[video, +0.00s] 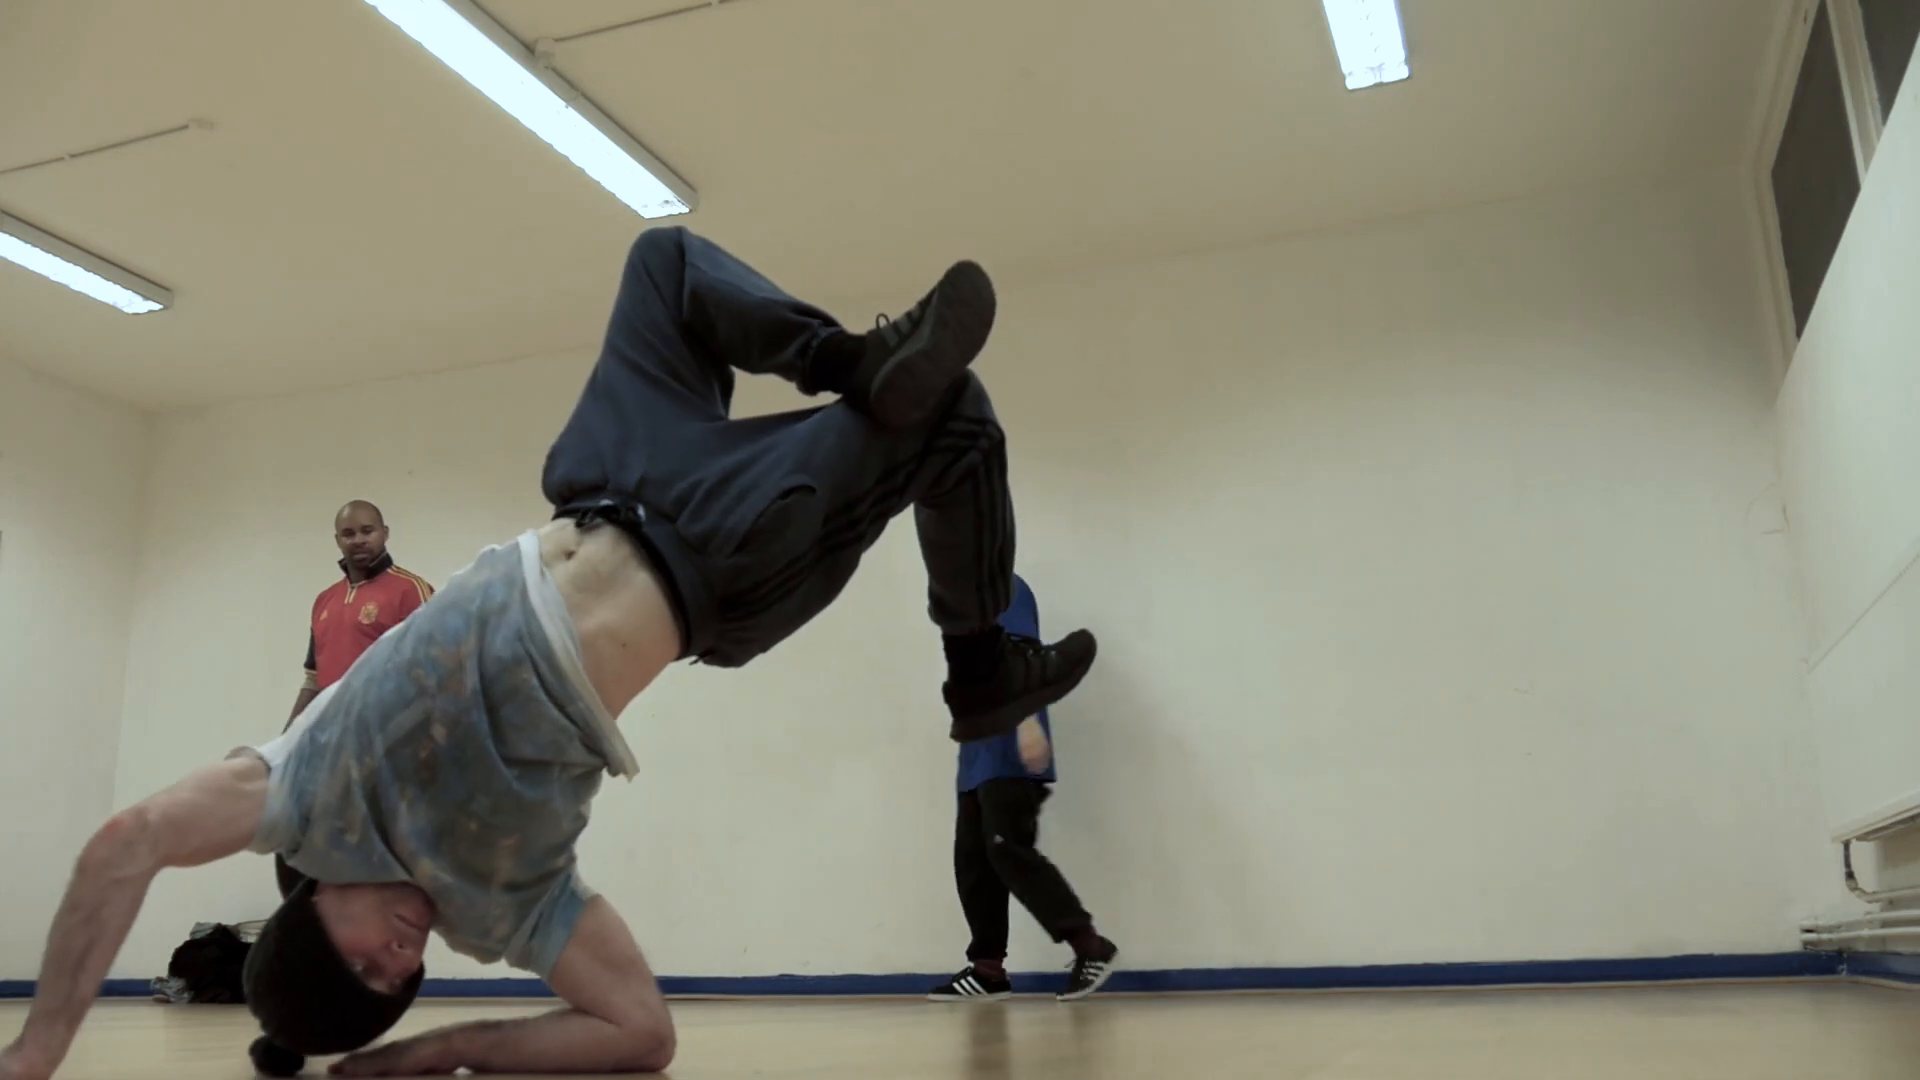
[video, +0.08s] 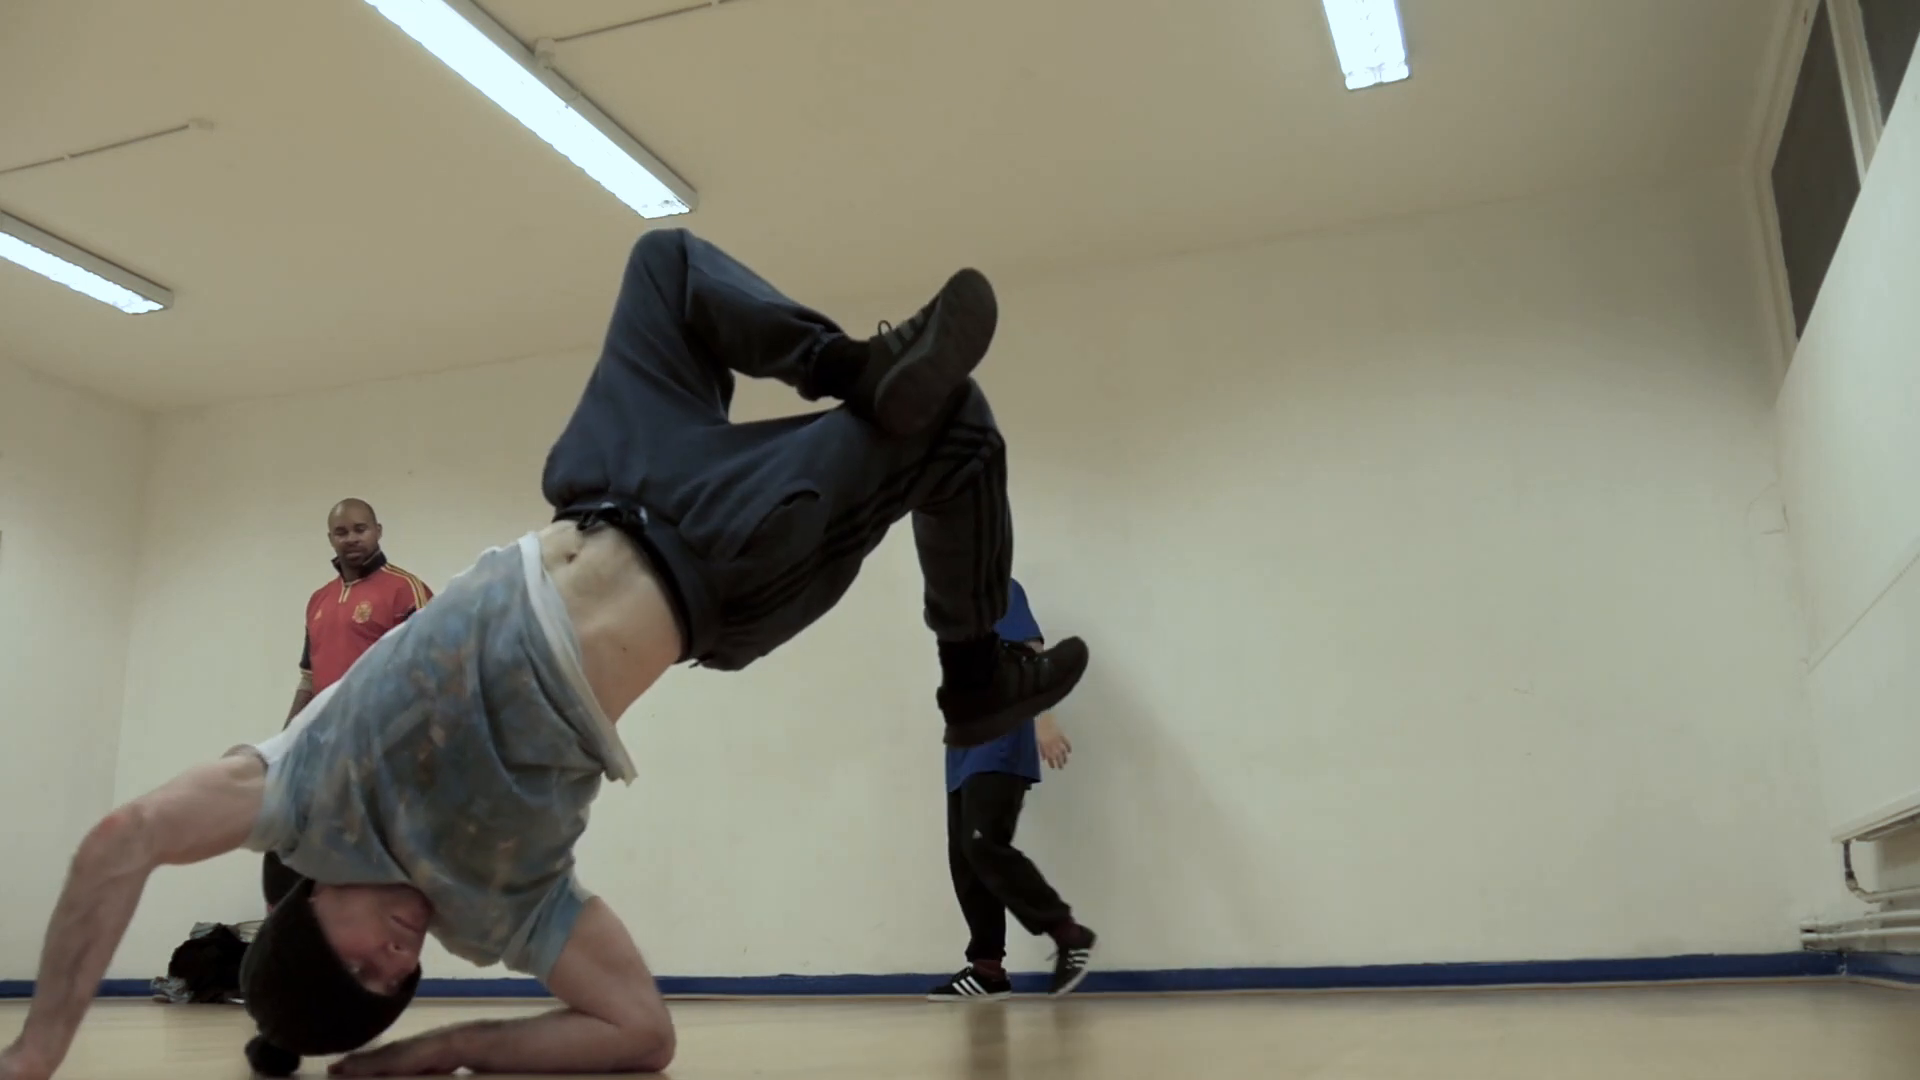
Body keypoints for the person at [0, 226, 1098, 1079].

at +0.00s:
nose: (399, 951)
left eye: (360, 959)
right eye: (393, 972)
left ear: (322, 924)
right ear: (400, 956)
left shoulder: (301, 791)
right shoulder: (516, 905)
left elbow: (123, 847)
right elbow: (642, 1039)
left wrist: (35, 1049)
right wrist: (441, 1055)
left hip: (597, 493)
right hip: (713, 573)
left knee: (664, 258)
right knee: (952, 409)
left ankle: (861, 365)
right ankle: (988, 677)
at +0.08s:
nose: (396, 958)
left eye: (359, 963)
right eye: (388, 978)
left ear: (318, 924)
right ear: (397, 955)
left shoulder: (297, 789)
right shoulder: (516, 908)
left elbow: (121, 843)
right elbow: (642, 1040)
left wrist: (34, 1050)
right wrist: (445, 1056)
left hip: (599, 498)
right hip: (712, 578)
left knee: (665, 258)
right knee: (952, 421)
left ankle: (857, 367)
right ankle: (980, 674)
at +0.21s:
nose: (382, 959)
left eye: (342, 963)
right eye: (376, 983)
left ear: (308, 922)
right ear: (384, 965)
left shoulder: (294, 789)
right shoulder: (507, 911)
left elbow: (108, 846)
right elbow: (641, 1039)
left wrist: (30, 1054)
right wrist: (435, 1057)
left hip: (603, 497)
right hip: (710, 583)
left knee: (675, 270)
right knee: (954, 431)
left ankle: (858, 380)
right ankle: (972, 689)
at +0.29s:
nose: (378, 961)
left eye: (337, 968)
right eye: (373, 985)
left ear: (303, 928)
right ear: (380, 972)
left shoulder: (286, 792)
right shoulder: (507, 915)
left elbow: (99, 845)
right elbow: (640, 1041)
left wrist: (30, 1053)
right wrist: (431, 1060)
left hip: (608, 504)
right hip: (711, 591)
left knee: (680, 279)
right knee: (953, 440)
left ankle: (862, 387)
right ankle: (973, 693)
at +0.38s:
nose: (375, 962)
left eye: (335, 969)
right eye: (371, 986)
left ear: (300, 928)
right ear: (379, 970)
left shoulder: (288, 795)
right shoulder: (497, 921)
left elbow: (96, 845)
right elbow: (640, 1039)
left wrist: (29, 1056)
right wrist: (435, 1059)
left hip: (610, 507)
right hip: (716, 595)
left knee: (685, 287)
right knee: (958, 445)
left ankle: (867, 394)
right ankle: (977, 709)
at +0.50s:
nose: (371, 961)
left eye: (335, 970)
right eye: (364, 988)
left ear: (300, 919)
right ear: (374, 970)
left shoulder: (283, 792)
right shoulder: (490, 919)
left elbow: (96, 843)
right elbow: (640, 1038)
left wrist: (28, 1056)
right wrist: (440, 1055)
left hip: (619, 511)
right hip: (718, 602)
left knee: (700, 301)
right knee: (973, 462)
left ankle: (881, 405)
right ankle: (982, 718)